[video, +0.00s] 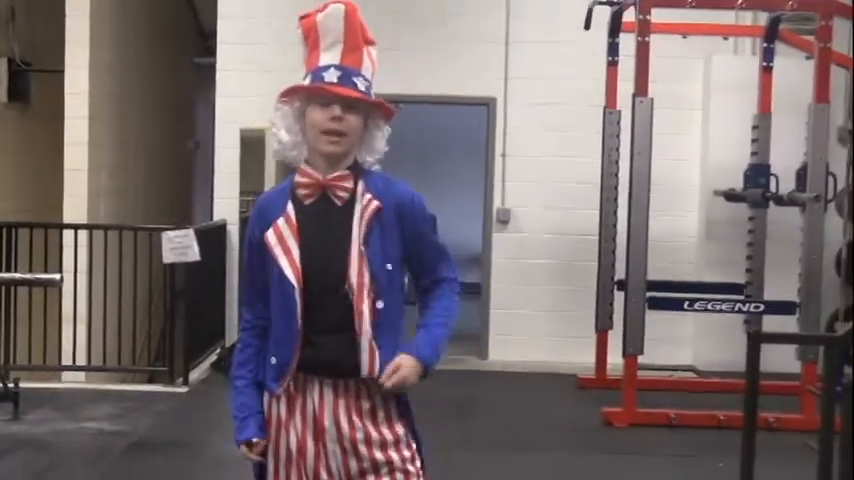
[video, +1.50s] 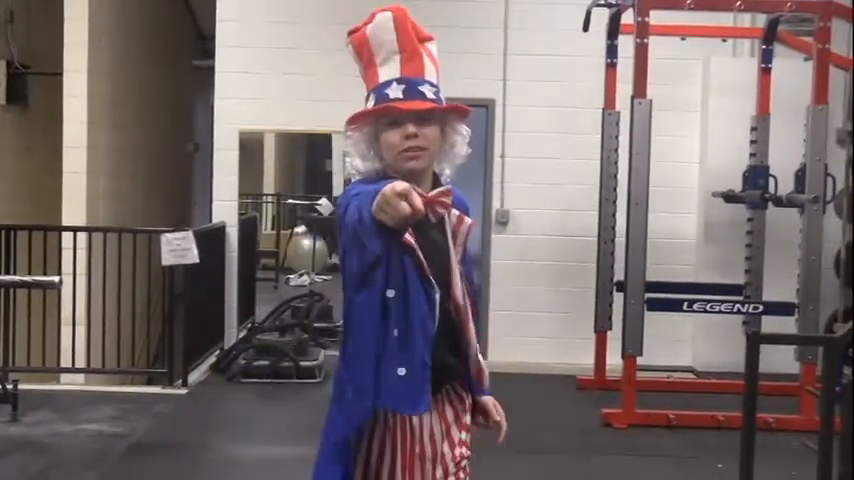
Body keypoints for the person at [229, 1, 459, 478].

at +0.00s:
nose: (336, 116)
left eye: (350, 107)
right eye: (323, 103)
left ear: (367, 122)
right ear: (301, 114)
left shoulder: (399, 205)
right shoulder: (270, 209)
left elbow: (443, 283)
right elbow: (254, 320)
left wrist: (422, 355)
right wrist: (248, 413)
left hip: (373, 407)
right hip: (293, 407)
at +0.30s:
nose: (316, 117)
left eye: (330, 108)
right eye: (303, 106)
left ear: (347, 123)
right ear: (282, 120)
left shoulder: (383, 197)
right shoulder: (265, 215)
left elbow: (440, 283)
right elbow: (258, 329)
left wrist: (418, 369)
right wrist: (235, 419)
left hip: (372, 405)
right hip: (292, 407)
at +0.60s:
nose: (338, 118)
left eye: (350, 109)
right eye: (324, 107)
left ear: (367, 124)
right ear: (301, 122)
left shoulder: (401, 196)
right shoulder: (287, 206)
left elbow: (463, 288)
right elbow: (236, 274)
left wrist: (450, 384)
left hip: (391, 407)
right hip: (308, 406)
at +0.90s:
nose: (370, 130)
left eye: (384, 116)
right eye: (358, 122)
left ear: (411, 127)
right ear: (349, 135)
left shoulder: (446, 206)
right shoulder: (333, 206)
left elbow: (462, 304)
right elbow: (323, 173)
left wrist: (468, 392)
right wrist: (326, 123)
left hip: (420, 404)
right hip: (339, 405)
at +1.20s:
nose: (413, 135)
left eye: (427, 122)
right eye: (396, 124)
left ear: (448, 134)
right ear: (375, 138)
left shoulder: (457, 206)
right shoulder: (362, 195)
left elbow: (465, 301)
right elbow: (361, 208)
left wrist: (474, 387)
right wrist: (378, 207)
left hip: (442, 403)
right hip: (374, 406)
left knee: (441, 473)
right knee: (368, 473)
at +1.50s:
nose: (411, 134)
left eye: (425, 121)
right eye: (393, 124)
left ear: (446, 133)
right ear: (372, 139)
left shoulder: (452, 206)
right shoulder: (361, 196)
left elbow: (463, 306)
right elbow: (362, 205)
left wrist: (478, 388)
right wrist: (385, 205)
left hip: (450, 402)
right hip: (391, 408)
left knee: (452, 472)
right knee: (398, 472)